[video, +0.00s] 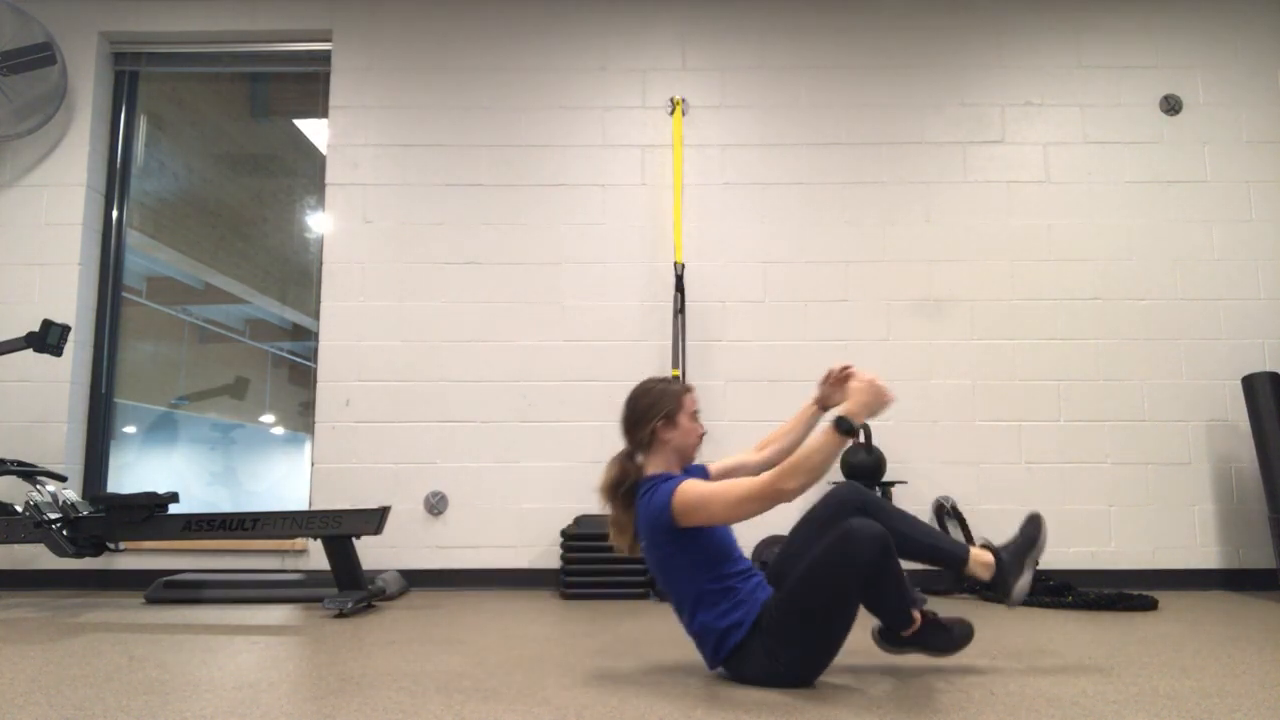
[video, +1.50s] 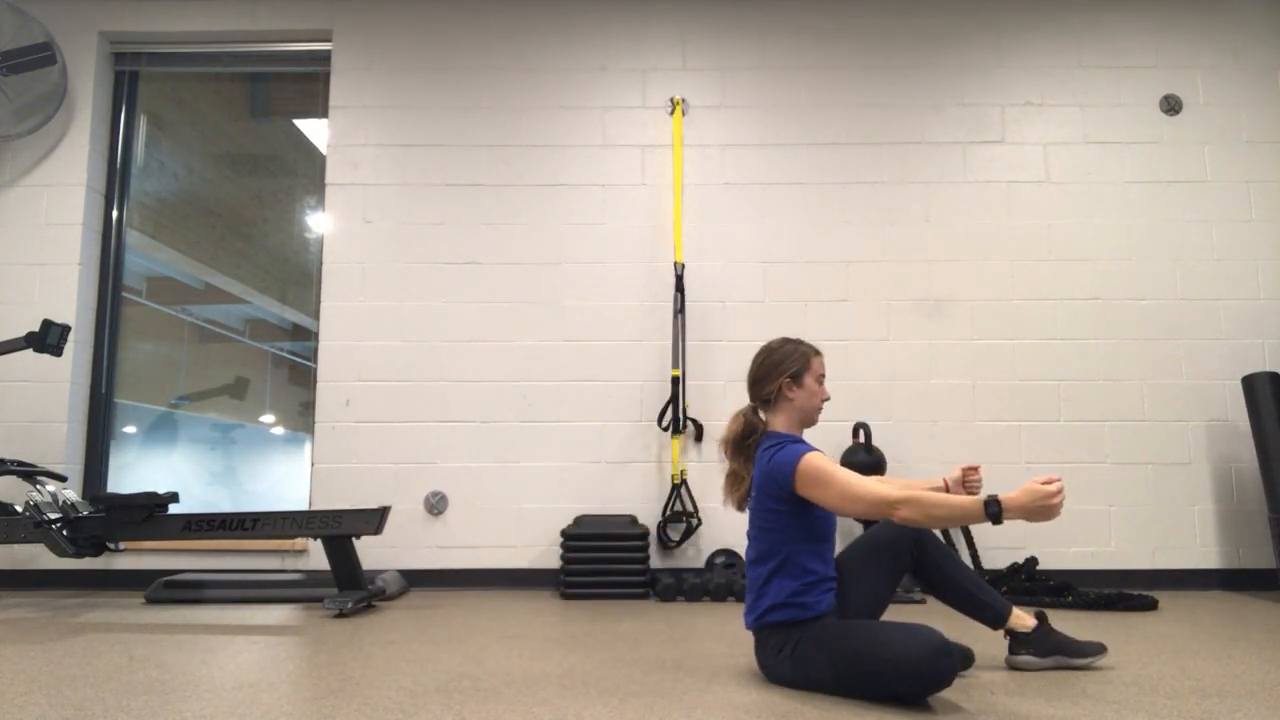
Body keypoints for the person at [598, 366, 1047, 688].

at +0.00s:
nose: (701, 425)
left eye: (698, 416)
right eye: (693, 416)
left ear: (664, 429)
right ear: (663, 428)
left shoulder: (685, 479)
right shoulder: (667, 500)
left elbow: (765, 456)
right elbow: (782, 486)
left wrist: (819, 402)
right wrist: (850, 417)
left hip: (767, 615)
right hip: (762, 651)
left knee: (847, 497)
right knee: (857, 537)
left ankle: (987, 567)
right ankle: (904, 626)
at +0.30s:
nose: (759, 405)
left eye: (756, 394)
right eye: (750, 395)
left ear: (721, 404)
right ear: (718, 405)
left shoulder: (737, 458)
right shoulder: (719, 474)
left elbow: (818, 455)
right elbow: (826, 484)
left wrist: (884, 414)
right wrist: (922, 435)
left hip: (790, 610)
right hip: (773, 644)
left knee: (877, 520)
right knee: (919, 610)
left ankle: (1007, 609)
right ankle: (915, 655)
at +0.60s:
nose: (810, 391)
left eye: (809, 380)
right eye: (803, 381)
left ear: (769, 388)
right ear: (771, 387)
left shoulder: (781, 447)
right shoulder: (769, 459)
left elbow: (861, 471)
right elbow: (869, 499)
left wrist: (937, 454)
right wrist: (977, 476)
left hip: (816, 609)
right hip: (790, 638)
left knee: (903, 532)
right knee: (931, 659)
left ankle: (1021, 628)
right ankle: (944, 651)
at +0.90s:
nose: (838, 392)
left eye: (835, 382)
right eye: (830, 381)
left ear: (796, 386)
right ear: (798, 386)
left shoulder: (798, 447)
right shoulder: (797, 456)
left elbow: (879, 491)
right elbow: (896, 507)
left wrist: (954, 490)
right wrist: (1014, 513)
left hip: (828, 610)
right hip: (797, 636)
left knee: (905, 534)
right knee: (938, 662)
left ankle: (1026, 629)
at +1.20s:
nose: (835, 393)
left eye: (832, 383)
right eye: (827, 382)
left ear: (793, 387)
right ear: (795, 387)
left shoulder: (794, 449)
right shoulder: (794, 457)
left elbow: (876, 497)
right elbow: (896, 507)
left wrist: (947, 491)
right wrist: (1013, 514)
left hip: (825, 609)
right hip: (794, 637)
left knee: (904, 535)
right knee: (934, 661)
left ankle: (1026, 629)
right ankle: (944, 654)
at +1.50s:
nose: (826, 393)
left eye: (823, 381)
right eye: (818, 381)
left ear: (784, 388)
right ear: (787, 387)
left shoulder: (786, 450)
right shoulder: (786, 458)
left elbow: (868, 502)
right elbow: (888, 504)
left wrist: (938, 488)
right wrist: (1006, 506)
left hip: (821, 610)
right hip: (792, 637)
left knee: (905, 533)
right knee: (932, 659)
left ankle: (1025, 630)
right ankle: (943, 652)